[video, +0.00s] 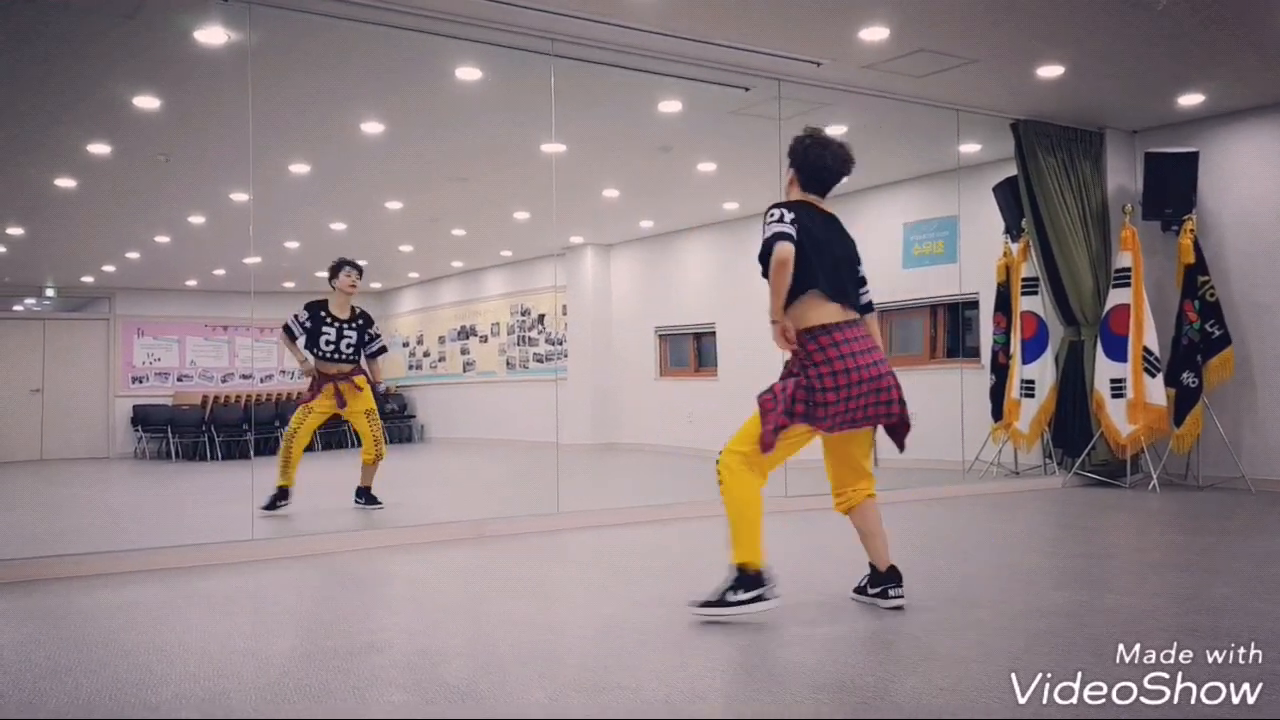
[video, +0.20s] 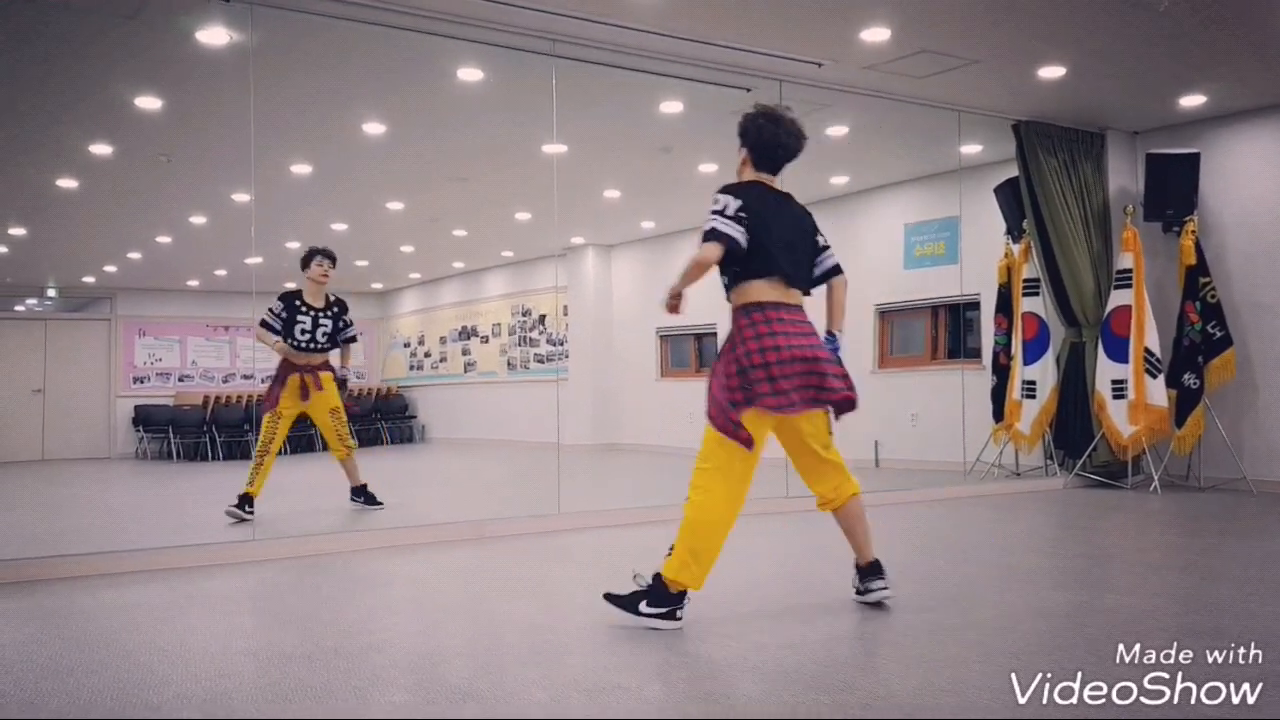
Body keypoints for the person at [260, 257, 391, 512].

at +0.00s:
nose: (353, 280)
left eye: (357, 277)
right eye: (347, 275)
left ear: (360, 284)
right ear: (334, 280)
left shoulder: (363, 318)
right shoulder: (314, 310)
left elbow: (373, 356)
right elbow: (287, 334)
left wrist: (378, 386)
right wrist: (302, 360)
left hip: (356, 386)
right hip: (322, 386)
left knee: (376, 444)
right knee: (293, 436)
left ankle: (364, 490)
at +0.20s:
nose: (325, 270)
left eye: (329, 267)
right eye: (319, 265)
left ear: (332, 273)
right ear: (306, 269)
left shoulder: (338, 306)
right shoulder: (288, 300)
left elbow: (346, 342)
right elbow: (262, 331)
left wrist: (345, 370)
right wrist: (278, 346)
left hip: (323, 376)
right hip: (290, 375)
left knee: (340, 435)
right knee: (268, 439)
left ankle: (358, 490)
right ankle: (247, 499)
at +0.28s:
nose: (313, 267)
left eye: (318, 264)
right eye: (308, 262)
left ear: (322, 270)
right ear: (296, 266)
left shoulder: (327, 303)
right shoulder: (279, 296)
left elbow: (335, 337)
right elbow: (254, 327)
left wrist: (332, 370)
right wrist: (261, 345)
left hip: (310, 375)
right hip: (277, 372)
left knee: (326, 433)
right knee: (260, 440)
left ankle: (336, 489)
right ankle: (246, 500)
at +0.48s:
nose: (288, 264)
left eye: (292, 259)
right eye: (282, 259)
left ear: (297, 264)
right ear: (270, 263)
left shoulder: (301, 297)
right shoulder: (255, 293)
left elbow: (309, 329)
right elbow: (231, 326)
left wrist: (308, 353)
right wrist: (219, 361)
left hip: (286, 374)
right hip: (254, 372)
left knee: (280, 446)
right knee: (248, 440)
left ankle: (246, 476)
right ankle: (247, 500)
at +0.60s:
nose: (273, 266)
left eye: (278, 262)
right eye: (267, 261)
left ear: (284, 267)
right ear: (256, 265)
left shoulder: (290, 299)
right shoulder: (242, 299)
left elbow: (300, 332)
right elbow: (213, 329)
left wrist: (304, 350)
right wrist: (213, 360)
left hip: (277, 375)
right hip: (245, 371)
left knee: (252, 440)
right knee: (239, 436)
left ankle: (215, 492)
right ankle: (241, 497)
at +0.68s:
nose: (268, 268)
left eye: (273, 264)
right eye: (262, 263)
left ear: (279, 269)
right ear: (250, 268)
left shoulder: (286, 301)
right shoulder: (236, 302)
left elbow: (299, 332)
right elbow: (213, 333)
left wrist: (304, 352)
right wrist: (214, 356)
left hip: (274, 377)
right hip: (241, 373)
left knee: (248, 438)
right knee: (234, 433)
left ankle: (214, 494)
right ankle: (236, 494)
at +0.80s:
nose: (261, 273)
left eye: (266, 268)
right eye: (255, 267)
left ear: (272, 272)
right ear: (243, 272)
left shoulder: (283, 305)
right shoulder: (230, 306)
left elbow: (296, 339)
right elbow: (219, 343)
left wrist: (307, 369)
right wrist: (221, 354)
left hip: (273, 380)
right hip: (241, 377)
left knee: (248, 442)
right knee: (231, 435)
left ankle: (213, 495)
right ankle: (234, 493)